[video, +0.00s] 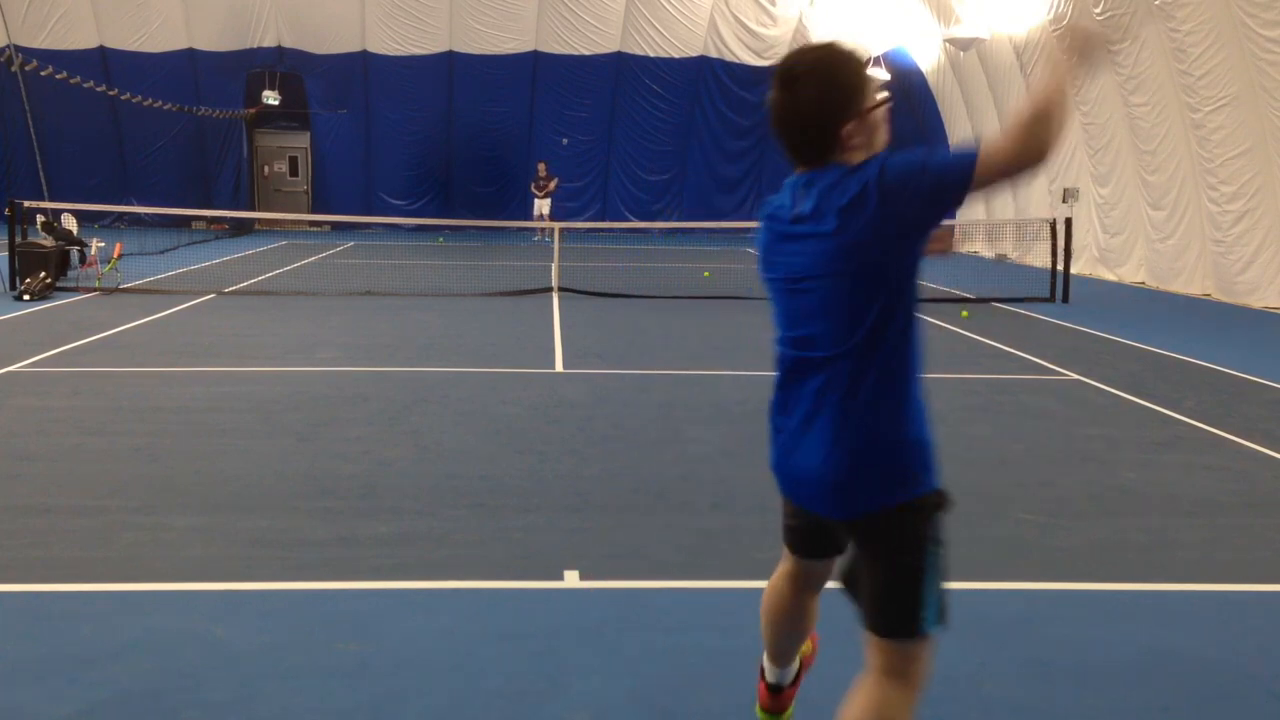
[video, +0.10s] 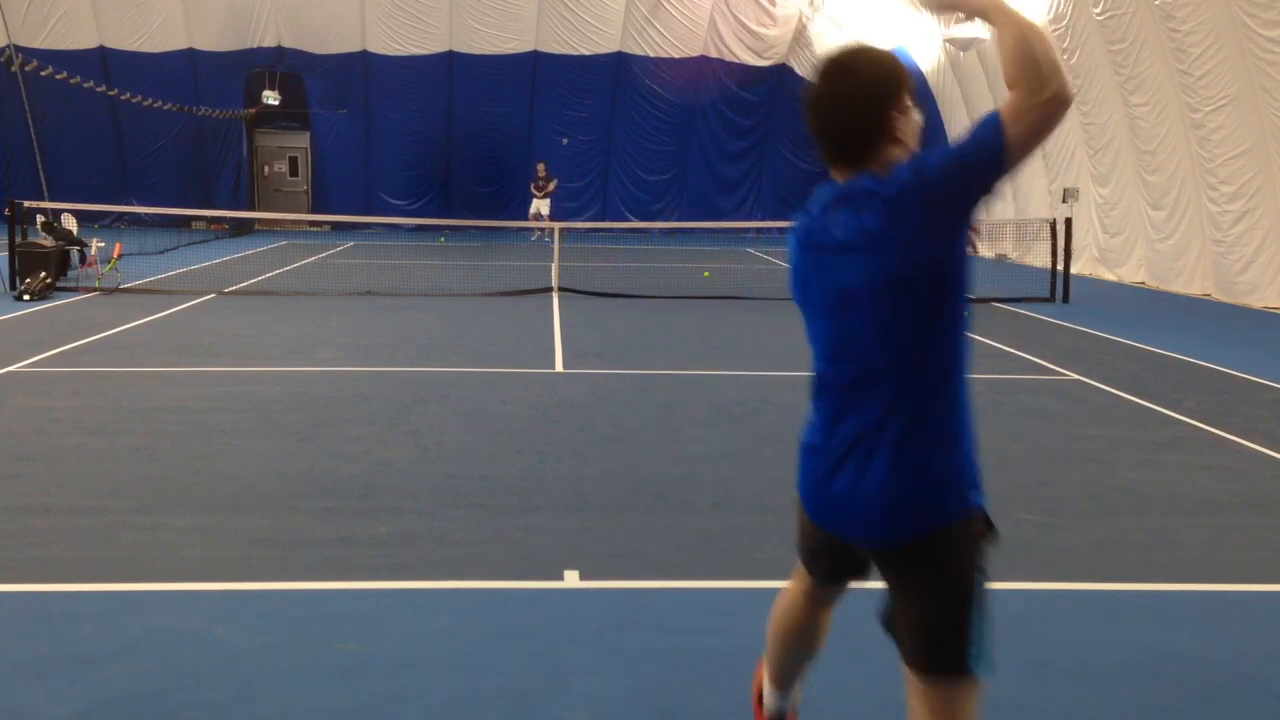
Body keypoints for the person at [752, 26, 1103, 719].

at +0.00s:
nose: (887, 108)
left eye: (881, 98)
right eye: (877, 103)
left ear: (801, 133)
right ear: (849, 131)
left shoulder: (780, 209)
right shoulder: (886, 189)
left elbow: (837, 260)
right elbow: (1024, 147)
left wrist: (910, 241)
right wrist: (1063, 59)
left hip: (799, 453)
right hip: (883, 463)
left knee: (800, 566)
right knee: (895, 668)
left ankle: (776, 683)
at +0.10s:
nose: (916, 112)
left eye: (911, 100)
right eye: (909, 102)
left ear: (825, 131)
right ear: (895, 120)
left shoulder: (811, 227)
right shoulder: (925, 194)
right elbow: (1043, 95)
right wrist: (992, 10)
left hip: (829, 478)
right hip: (924, 490)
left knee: (813, 587)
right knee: (942, 691)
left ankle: (772, 701)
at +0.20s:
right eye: (949, 172)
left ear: (856, 203)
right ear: (945, 191)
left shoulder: (835, 306)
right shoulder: (978, 267)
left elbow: (824, 368)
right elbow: (1058, 134)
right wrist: (945, 49)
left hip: (859, 561)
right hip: (962, 571)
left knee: (844, 640)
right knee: (981, 705)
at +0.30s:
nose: (887, 226)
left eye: (888, 216)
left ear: (884, 234)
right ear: (969, 236)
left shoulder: (845, 351)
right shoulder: (1001, 318)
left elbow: (800, 423)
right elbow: (1112, 204)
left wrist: (865, 378)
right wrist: (999, 129)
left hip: (879, 618)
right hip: (985, 621)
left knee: (890, 710)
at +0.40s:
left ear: (893, 223)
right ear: (991, 224)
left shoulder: (849, 337)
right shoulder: (1024, 306)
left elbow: (786, 432)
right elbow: (1165, 238)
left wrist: (860, 458)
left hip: (891, 627)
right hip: (1002, 627)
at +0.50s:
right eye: (998, 186)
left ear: (901, 205)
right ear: (998, 202)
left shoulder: (858, 316)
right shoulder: (1039, 295)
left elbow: (777, 432)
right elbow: (1202, 282)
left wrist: (823, 503)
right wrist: (1183, 152)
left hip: (893, 606)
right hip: (1010, 609)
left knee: (908, 709)